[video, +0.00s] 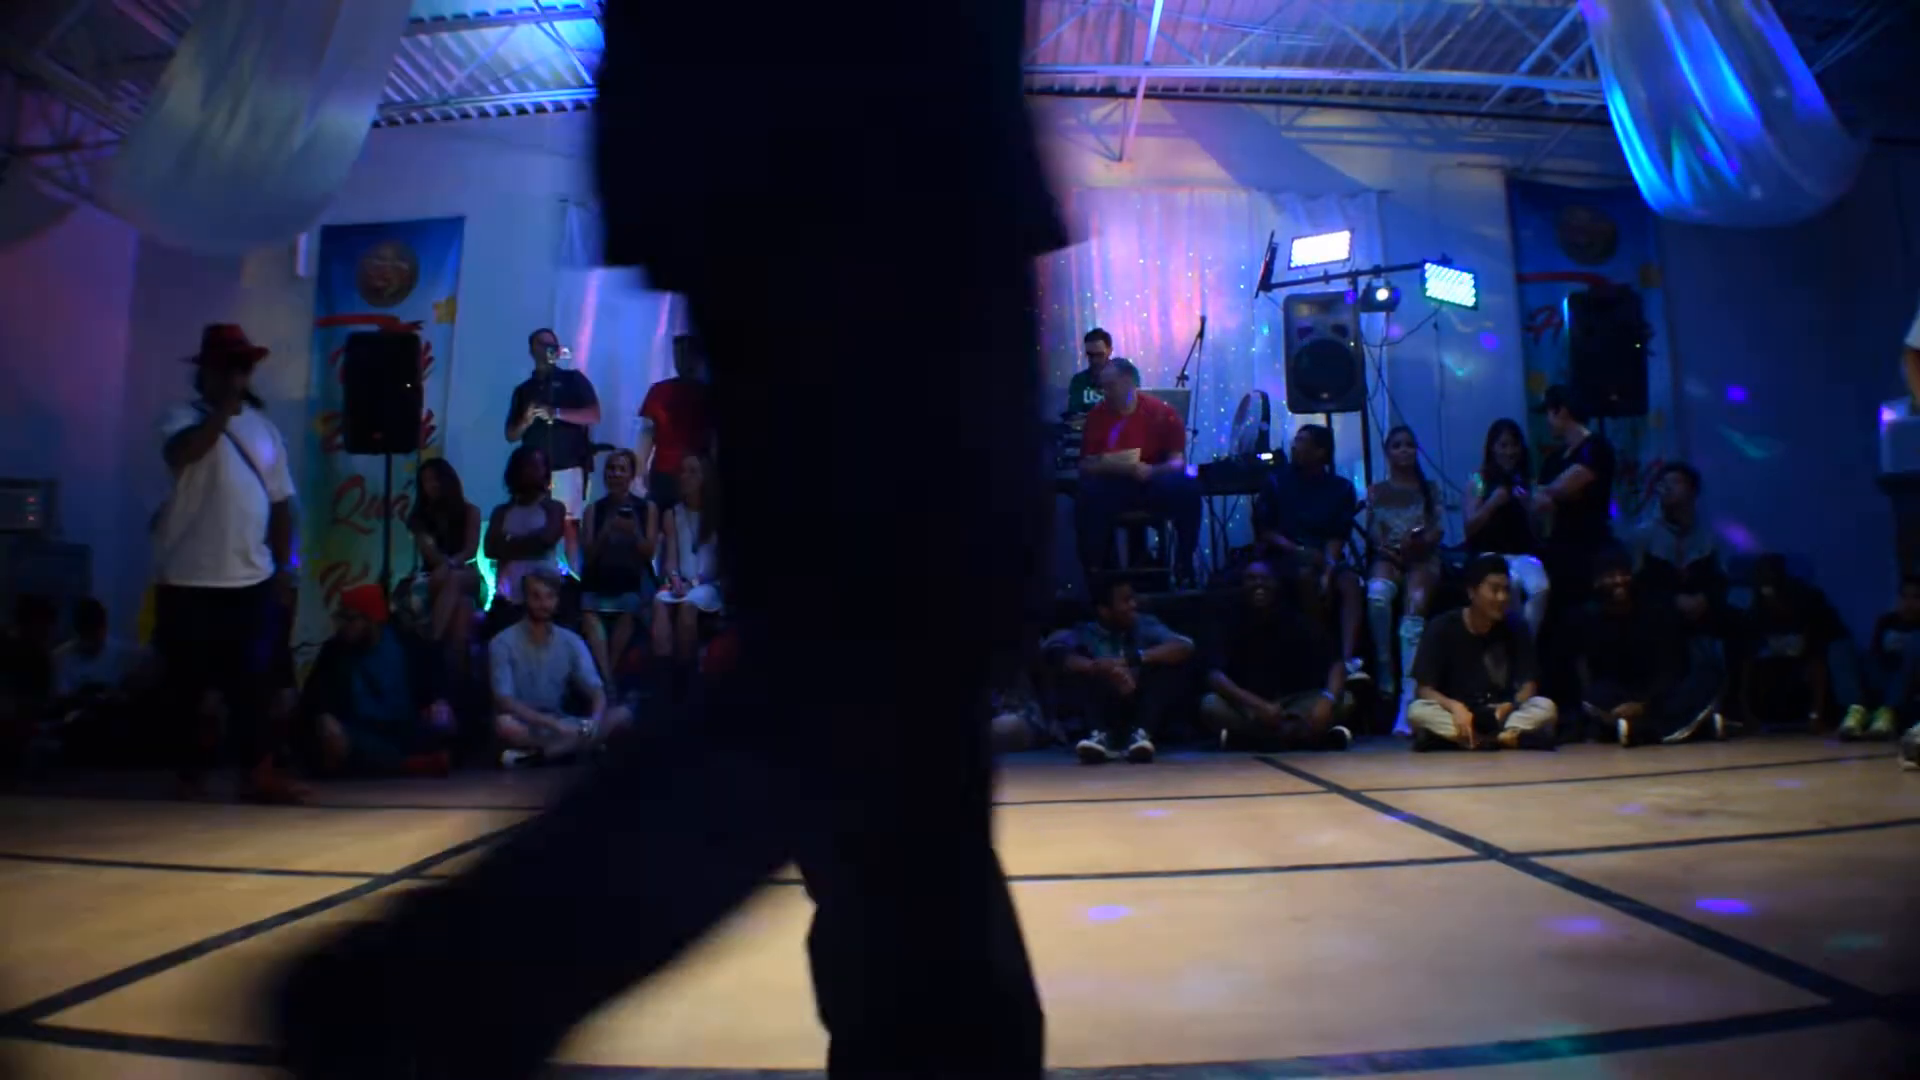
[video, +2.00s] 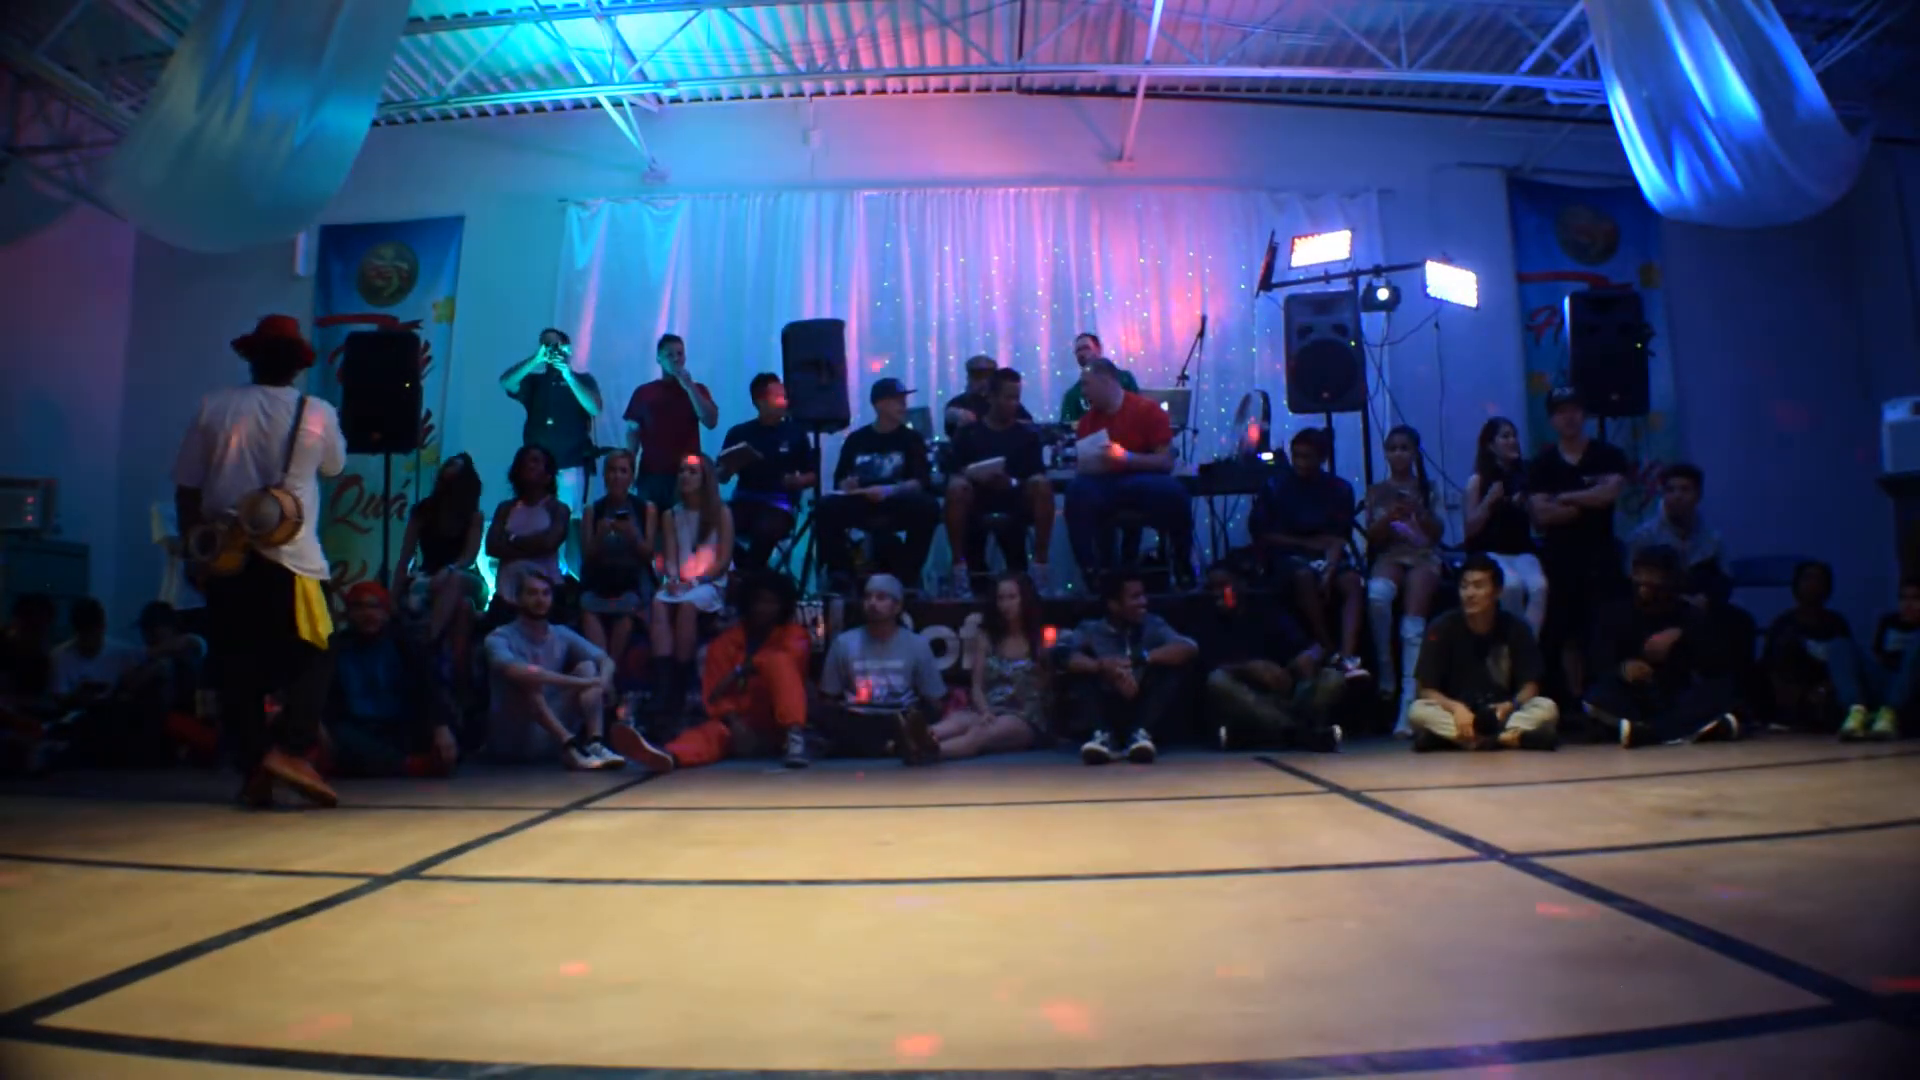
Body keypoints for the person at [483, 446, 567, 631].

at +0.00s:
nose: (534, 472)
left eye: (538, 466)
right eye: (528, 466)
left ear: (546, 472)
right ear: (515, 471)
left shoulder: (553, 508)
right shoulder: (501, 511)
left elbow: (548, 541)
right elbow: (490, 549)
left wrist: (506, 547)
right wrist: (535, 544)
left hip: (543, 597)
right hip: (507, 593)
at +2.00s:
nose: (530, 466)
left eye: (536, 461)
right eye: (525, 461)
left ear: (548, 473)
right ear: (518, 470)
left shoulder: (558, 509)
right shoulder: (505, 508)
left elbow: (550, 543)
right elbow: (492, 547)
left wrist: (512, 541)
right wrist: (535, 549)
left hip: (545, 591)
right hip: (508, 590)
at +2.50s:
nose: (525, 467)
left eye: (532, 461)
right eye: (521, 462)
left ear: (545, 472)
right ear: (514, 470)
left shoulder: (555, 509)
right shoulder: (504, 509)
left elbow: (549, 542)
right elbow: (490, 547)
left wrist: (510, 542)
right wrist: (533, 549)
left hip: (542, 598)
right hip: (507, 596)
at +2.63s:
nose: (526, 466)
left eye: (532, 461)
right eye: (521, 461)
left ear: (545, 471)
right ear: (514, 469)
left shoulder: (556, 508)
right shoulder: (503, 508)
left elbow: (550, 541)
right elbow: (490, 547)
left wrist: (511, 541)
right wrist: (532, 550)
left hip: (543, 590)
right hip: (507, 590)